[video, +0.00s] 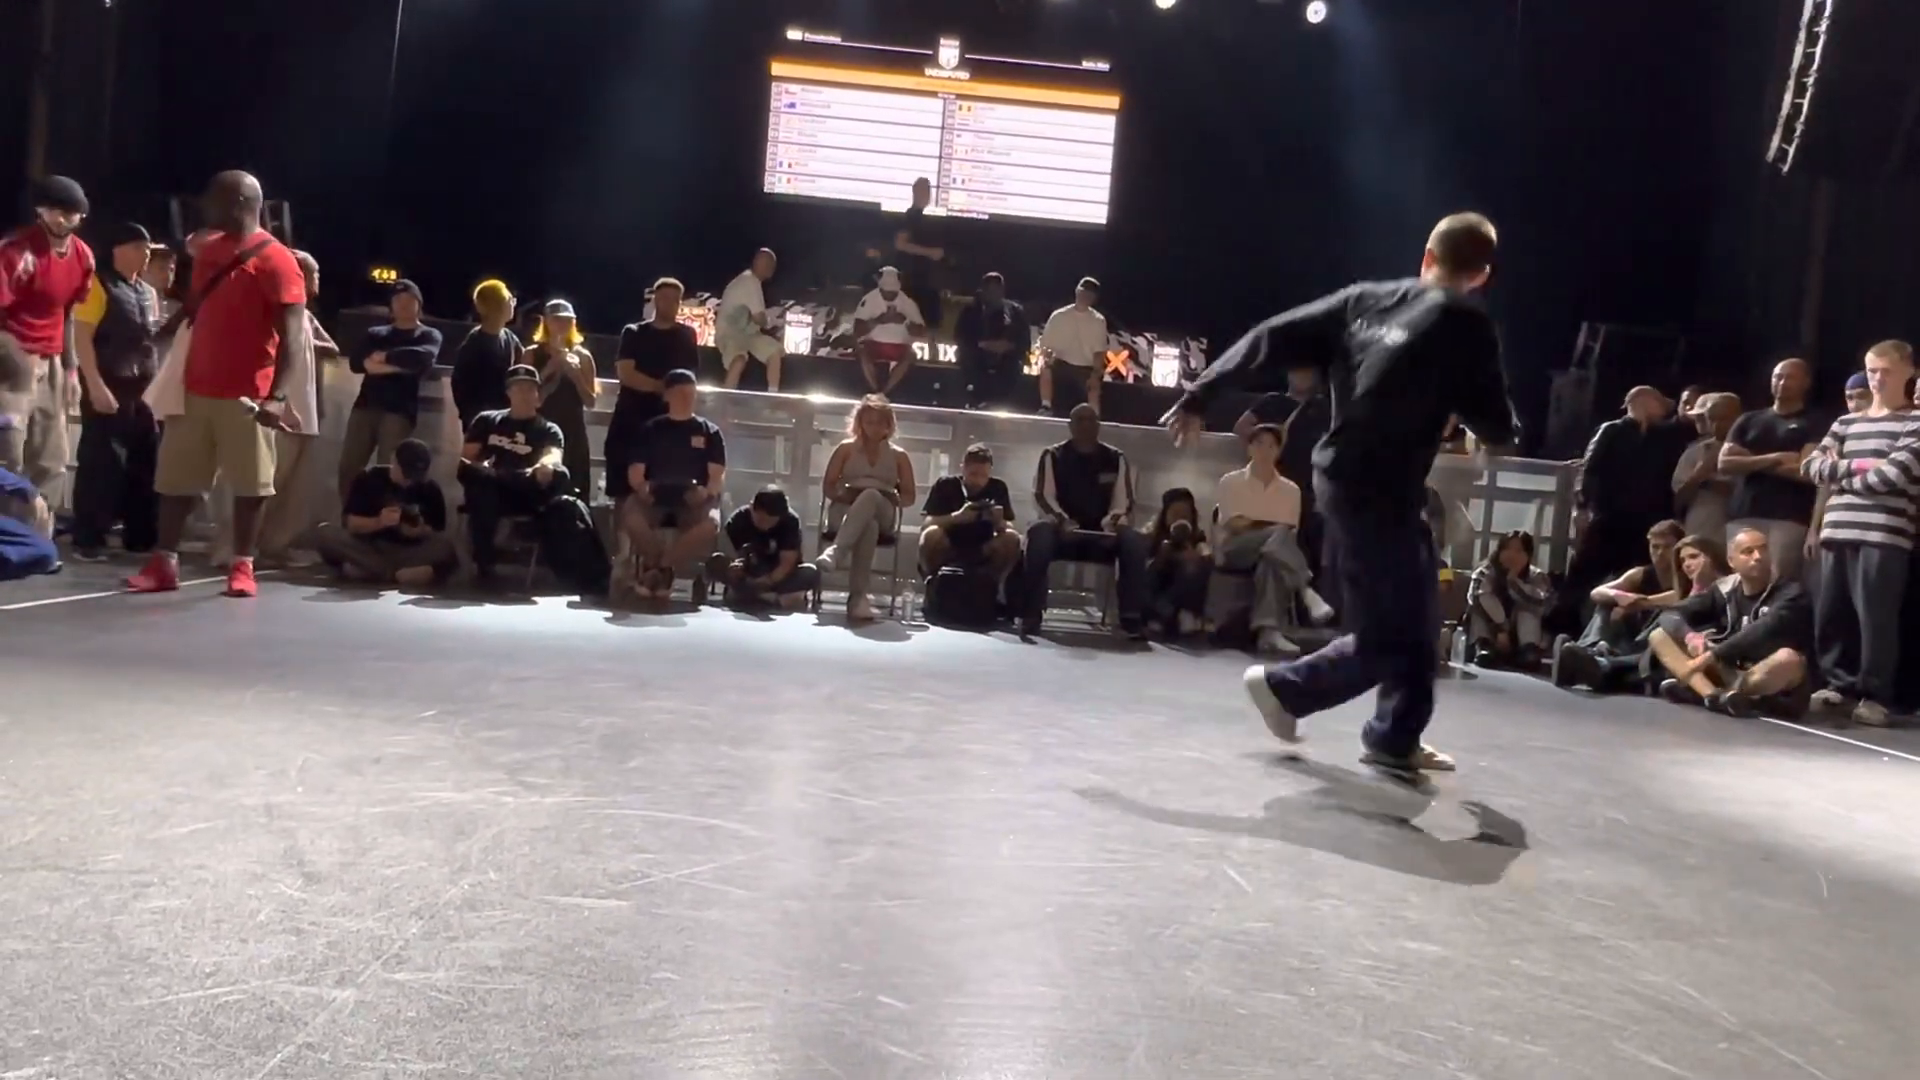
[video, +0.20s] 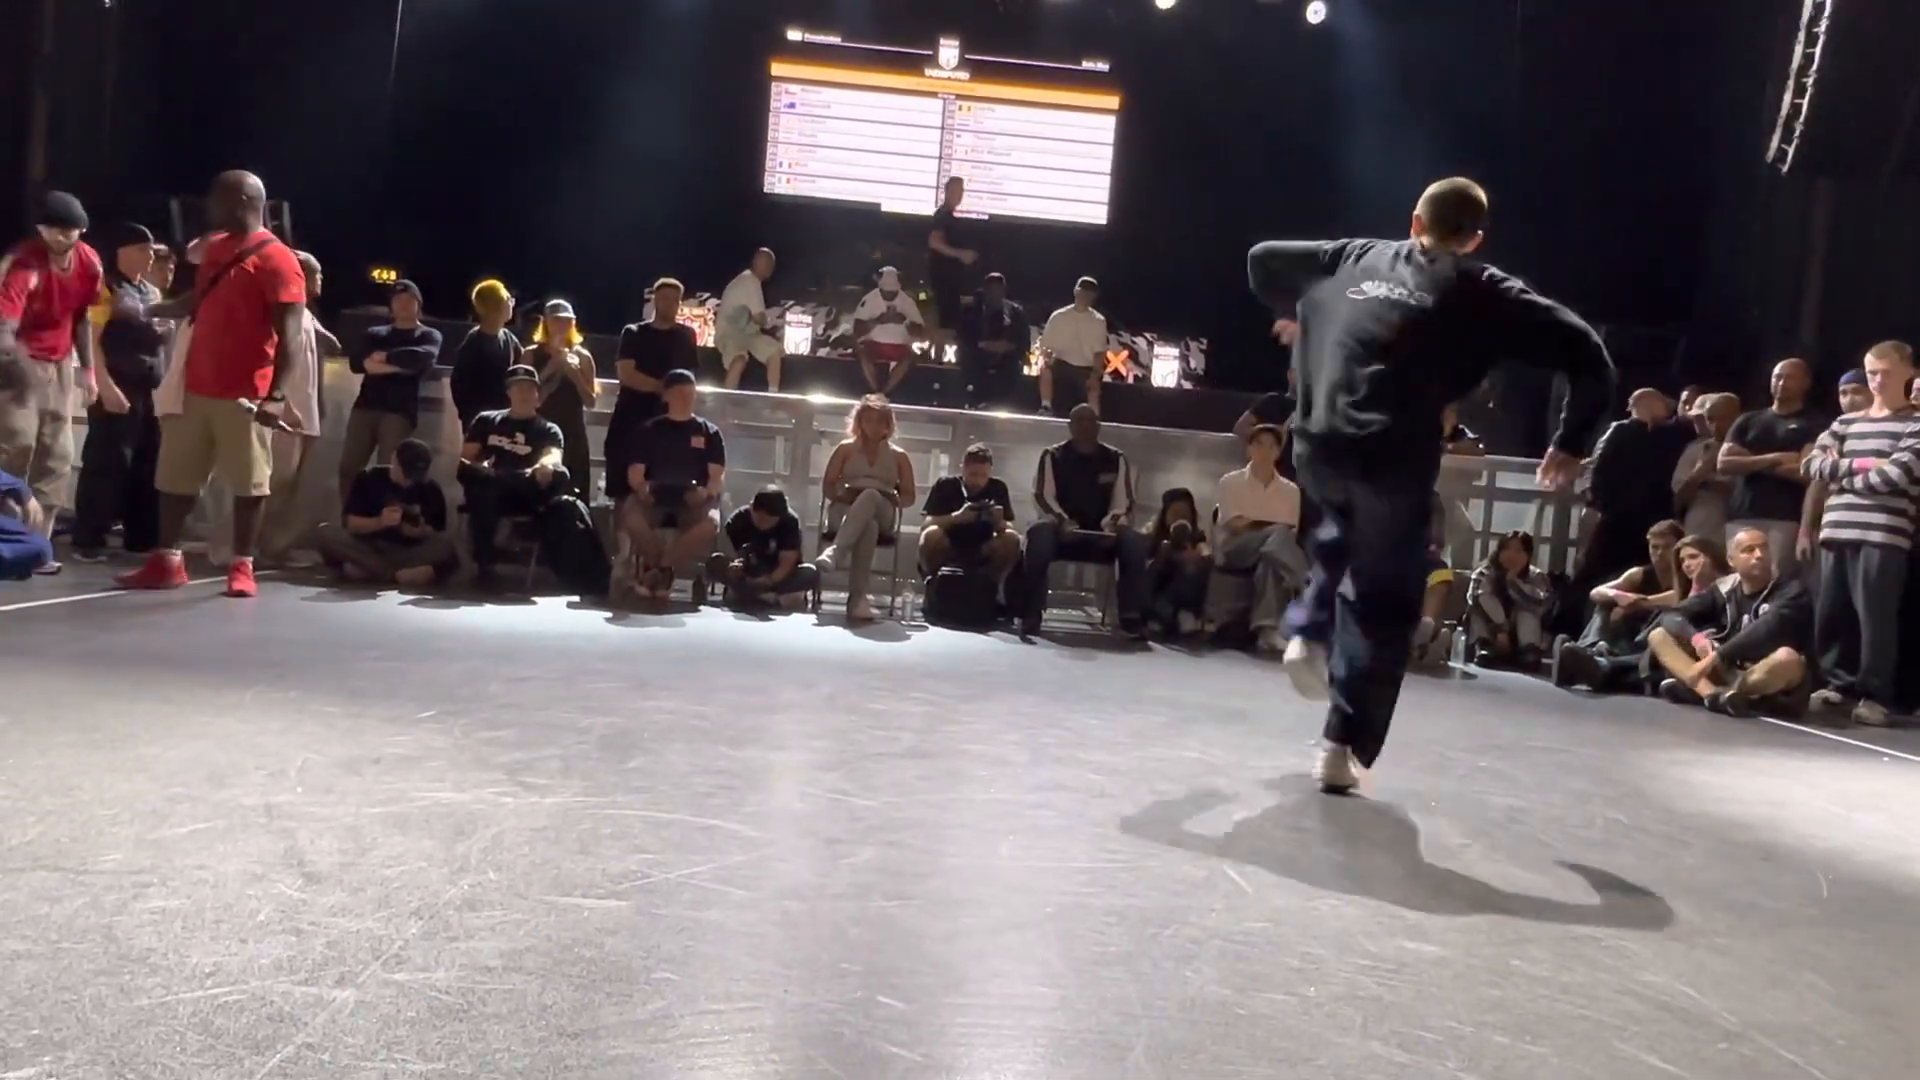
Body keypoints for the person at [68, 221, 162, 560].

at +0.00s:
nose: (145, 256)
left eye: (147, 249)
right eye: (139, 249)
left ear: (145, 254)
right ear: (118, 250)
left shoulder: (148, 292)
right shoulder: (98, 288)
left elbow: (151, 340)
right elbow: (82, 338)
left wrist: (156, 387)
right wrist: (96, 386)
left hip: (144, 387)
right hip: (108, 386)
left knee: (143, 463)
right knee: (100, 462)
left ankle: (140, 535)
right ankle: (89, 536)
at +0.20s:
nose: (148, 258)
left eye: (150, 251)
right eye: (141, 250)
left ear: (149, 256)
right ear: (120, 253)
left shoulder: (153, 294)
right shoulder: (105, 292)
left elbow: (164, 339)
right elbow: (93, 341)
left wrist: (166, 381)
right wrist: (106, 384)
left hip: (152, 386)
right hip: (117, 385)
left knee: (146, 464)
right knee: (106, 461)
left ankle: (142, 536)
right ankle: (90, 536)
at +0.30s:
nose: (153, 257)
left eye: (154, 251)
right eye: (145, 251)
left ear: (154, 256)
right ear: (125, 255)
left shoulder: (159, 293)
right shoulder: (111, 292)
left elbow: (175, 336)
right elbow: (95, 339)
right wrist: (110, 385)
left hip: (157, 386)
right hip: (121, 386)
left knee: (149, 465)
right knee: (109, 462)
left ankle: (143, 536)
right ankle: (91, 535)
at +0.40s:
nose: (154, 257)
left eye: (156, 250)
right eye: (145, 250)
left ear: (161, 255)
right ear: (125, 254)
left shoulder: (165, 293)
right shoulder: (111, 289)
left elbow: (177, 340)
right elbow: (98, 336)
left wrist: (173, 380)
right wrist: (112, 384)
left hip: (158, 387)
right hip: (120, 387)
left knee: (150, 464)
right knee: (110, 461)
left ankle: (143, 536)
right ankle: (92, 535)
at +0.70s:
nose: (160, 257)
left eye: (162, 251)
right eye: (152, 250)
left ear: (165, 256)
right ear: (130, 252)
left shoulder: (163, 292)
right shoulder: (108, 287)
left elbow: (169, 338)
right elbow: (97, 344)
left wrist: (165, 365)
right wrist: (141, 365)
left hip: (151, 380)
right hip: (114, 379)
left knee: (148, 458)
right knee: (110, 455)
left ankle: (143, 534)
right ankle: (92, 534)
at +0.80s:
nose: (155, 257)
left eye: (160, 251)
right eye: (150, 250)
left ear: (165, 254)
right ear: (132, 251)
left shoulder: (162, 289)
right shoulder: (107, 285)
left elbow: (171, 330)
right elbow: (98, 336)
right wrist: (149, 331)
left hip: (153, 380)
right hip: (114, 380)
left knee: (149, 457)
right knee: (109, 456)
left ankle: (143, 534)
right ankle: (91, 534)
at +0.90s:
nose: (150, 259)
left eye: (156, 253)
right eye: (145, 252)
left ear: (163, 256)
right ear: (130, 252)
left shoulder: (166, 287)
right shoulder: (104, 285)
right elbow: (115, 328)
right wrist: (151, 298)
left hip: (154, 381)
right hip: (115, 381)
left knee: (149, 457)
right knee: (108, 455)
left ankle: (143, 534)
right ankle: (91, 533)